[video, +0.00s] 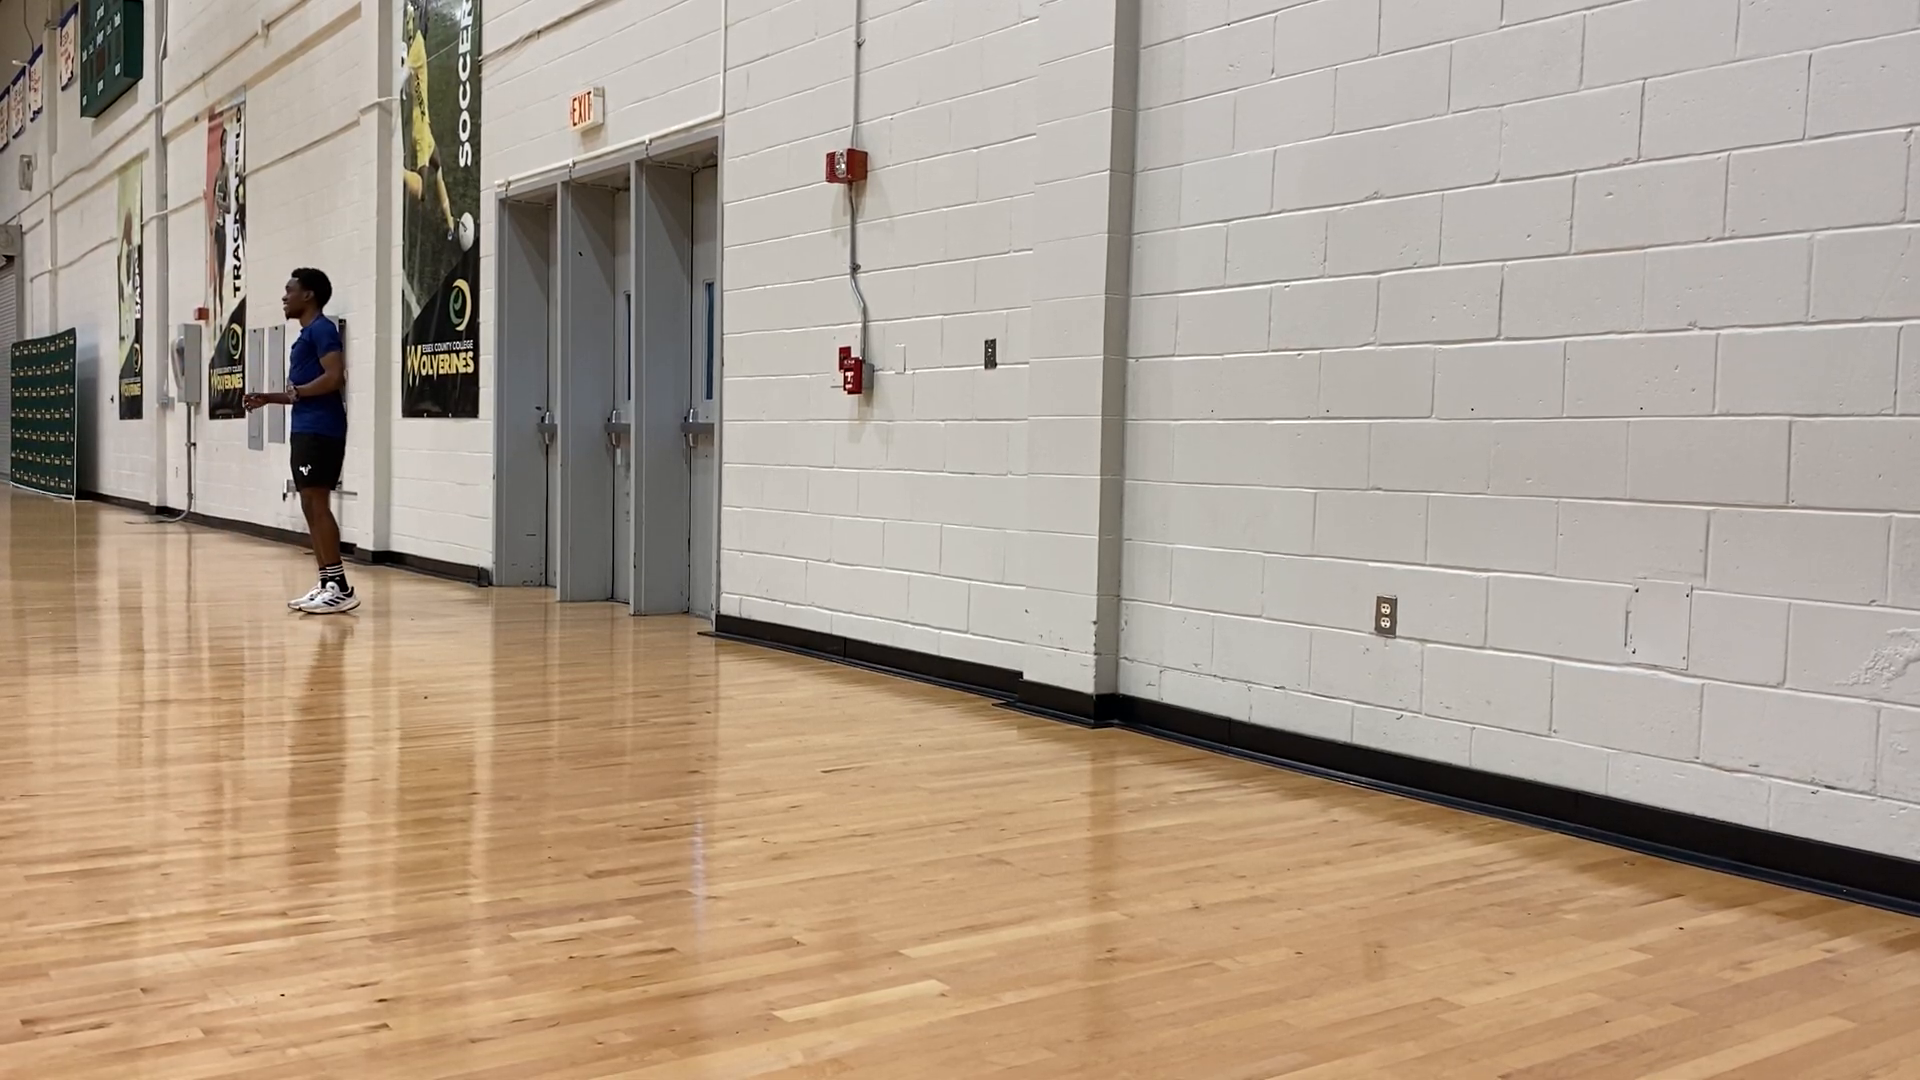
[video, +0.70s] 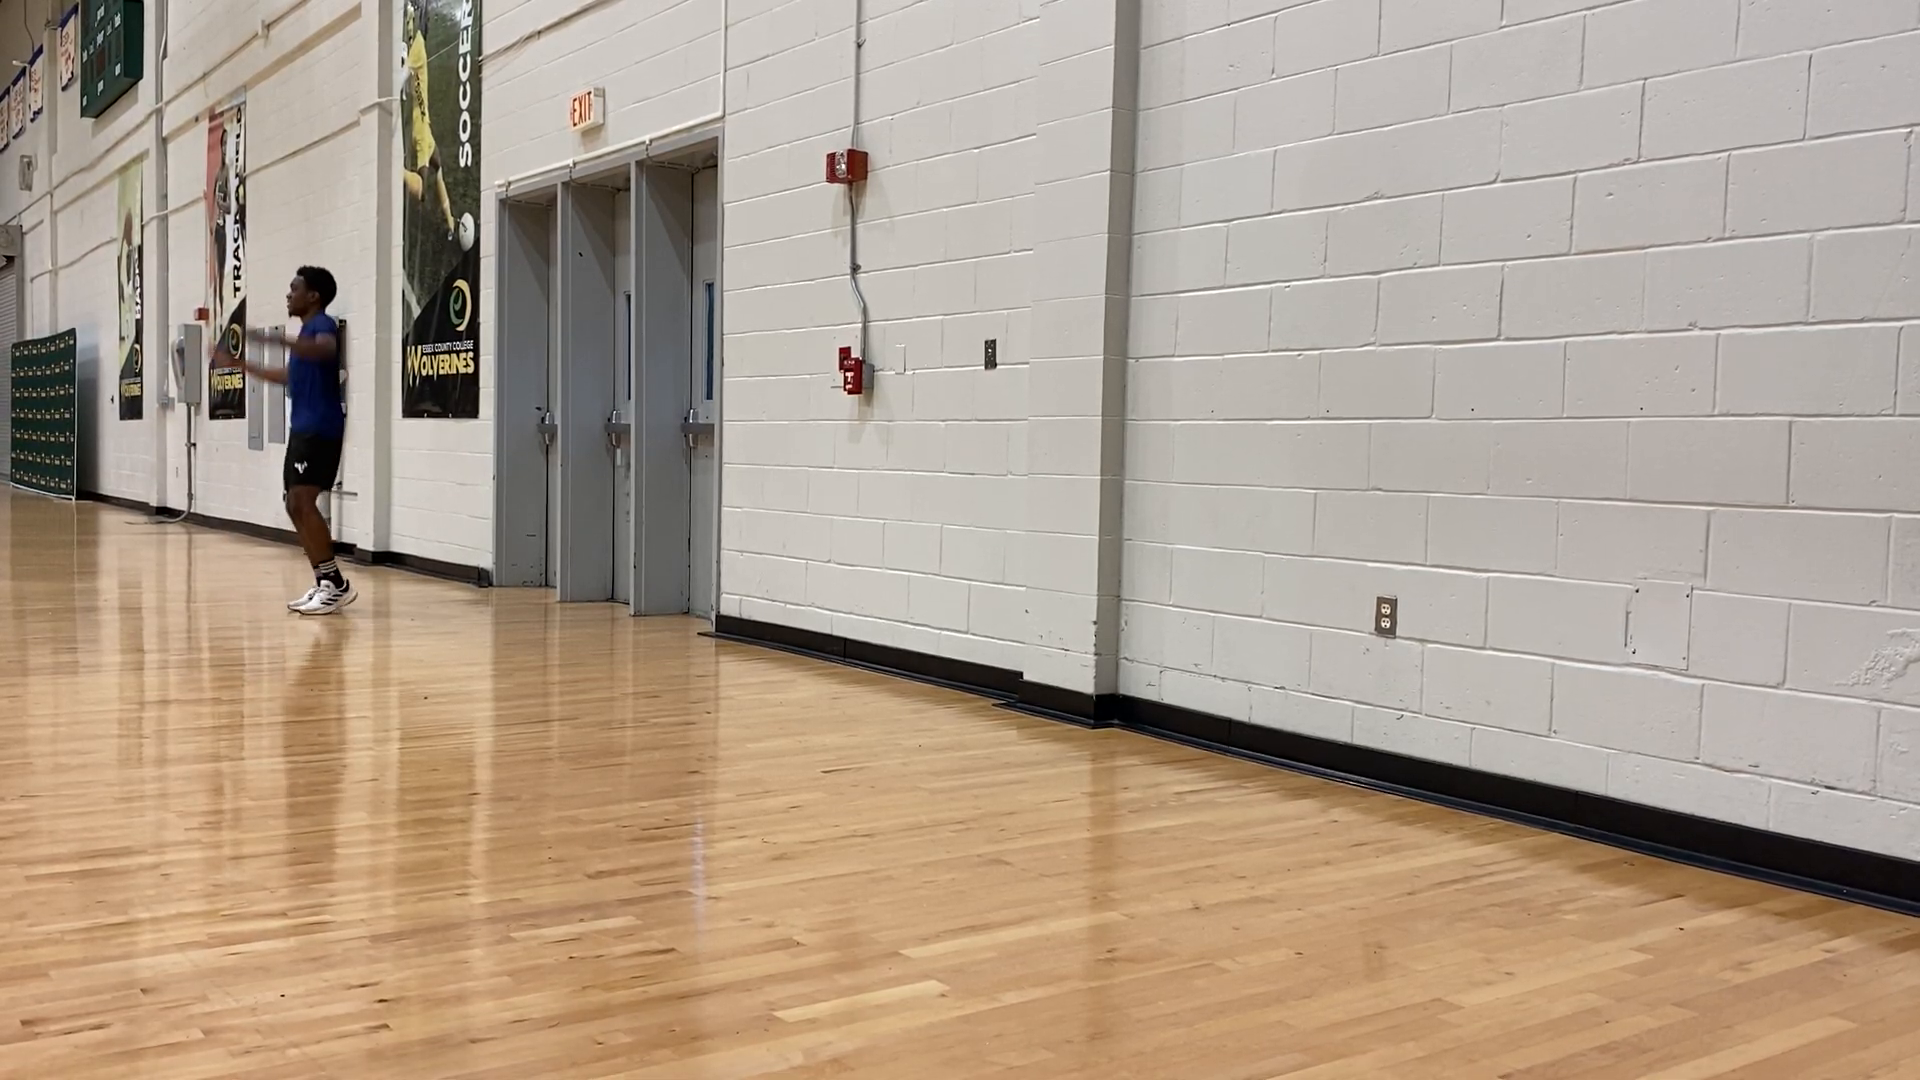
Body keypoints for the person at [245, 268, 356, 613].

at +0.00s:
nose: (283, 296)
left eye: (289, 290)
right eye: (285, 290)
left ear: (308, 295)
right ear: (305, 296)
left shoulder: (322, 329)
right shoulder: (305, 335)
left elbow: (335, 377)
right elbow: (301, 393)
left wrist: (297, 391)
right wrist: (266, 398)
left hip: (321, 432)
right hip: (306, 432)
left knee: (317, 507)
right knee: (311, 507)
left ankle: (338, 587)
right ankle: (327, 585)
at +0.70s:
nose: (288, 295)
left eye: (294, 289)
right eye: (290, 289)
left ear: (314, 296)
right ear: (310, 296)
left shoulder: (321, 322)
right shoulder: (304, 333)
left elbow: (325, 348)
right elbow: (287, 376)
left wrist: (278, 340)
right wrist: (238, 364)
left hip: (320, 430)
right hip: (304, 430)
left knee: (302, 503)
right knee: (294, 505)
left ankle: (334, 584)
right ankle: (326, 582)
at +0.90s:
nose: (285, 285)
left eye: (292, 280)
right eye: (286, 280)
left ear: (307, 286)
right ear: (291, 288)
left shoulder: (316, 311)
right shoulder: (298, 314)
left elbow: (320, 273)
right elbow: (276, 292)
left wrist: (284, 237)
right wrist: (267, 248)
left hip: (315, 410)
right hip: (298, 411)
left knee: (307, 494)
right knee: (291, 497)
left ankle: (335, 577)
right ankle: (317, 577)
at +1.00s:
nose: (283, 302)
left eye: (290, 298)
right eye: (285, 295)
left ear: (305, 304)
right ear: (288, 303)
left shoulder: (313, 329)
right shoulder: (291, 331)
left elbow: (313, 290)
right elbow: (284, 290)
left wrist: (306, 261)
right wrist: (300, 258)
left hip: (316, 432)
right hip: (299, 432)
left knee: (298, 511)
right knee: (282, 514)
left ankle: (342, 587)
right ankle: (322, 584)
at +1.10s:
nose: (285, 289)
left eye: (292, 283)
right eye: (286, 284)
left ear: (306, 292)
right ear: (292, 293)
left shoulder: (313, 320)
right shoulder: (293, 324)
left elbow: (311, 277)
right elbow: (276, 292)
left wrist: (296, 235)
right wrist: (278, 254)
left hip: (312, 422)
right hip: (294, 424)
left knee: (303, 500)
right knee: (286, 504)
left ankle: (338, 582)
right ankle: (320, 580)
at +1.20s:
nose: (284, 271)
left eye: (292, 267)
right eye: (287, 266)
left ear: (308, 277)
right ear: (296, 277)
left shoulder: (315, 308)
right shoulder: (289, 312)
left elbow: (316, 287)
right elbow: (272, 314)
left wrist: (288, 256)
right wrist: (249, 289)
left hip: (308, 407)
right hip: (289, 408)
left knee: (302, 487)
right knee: (288, 489)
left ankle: (327, 571)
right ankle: (311, 570)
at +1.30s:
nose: (286, 275)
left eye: (291, 270)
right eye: (289, 269)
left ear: (302, 277)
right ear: (306, 279)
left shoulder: (310, 304)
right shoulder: (294, 313)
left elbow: (325, 337)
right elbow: (281, 360)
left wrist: (288, 342)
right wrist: (242, 356)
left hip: (304, 407)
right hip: (288, 407)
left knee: (292, 489)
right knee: (288, 490)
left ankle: (317, 573)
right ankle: (311, 572)